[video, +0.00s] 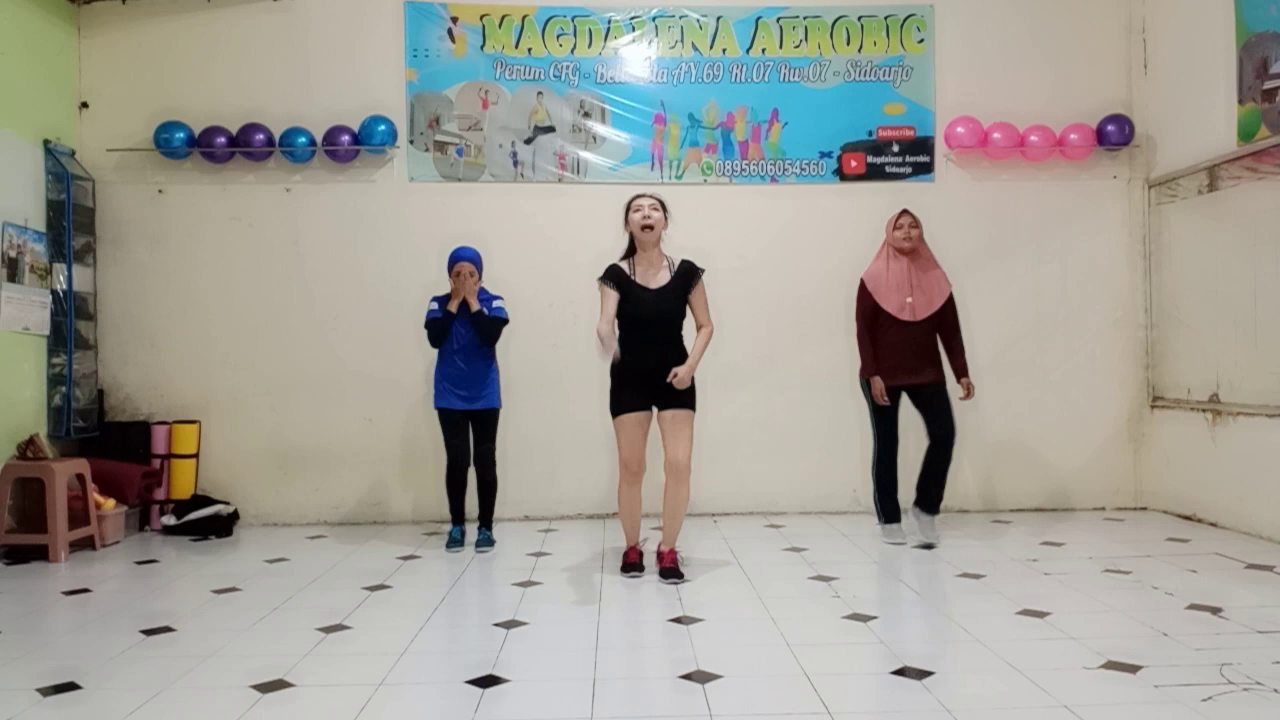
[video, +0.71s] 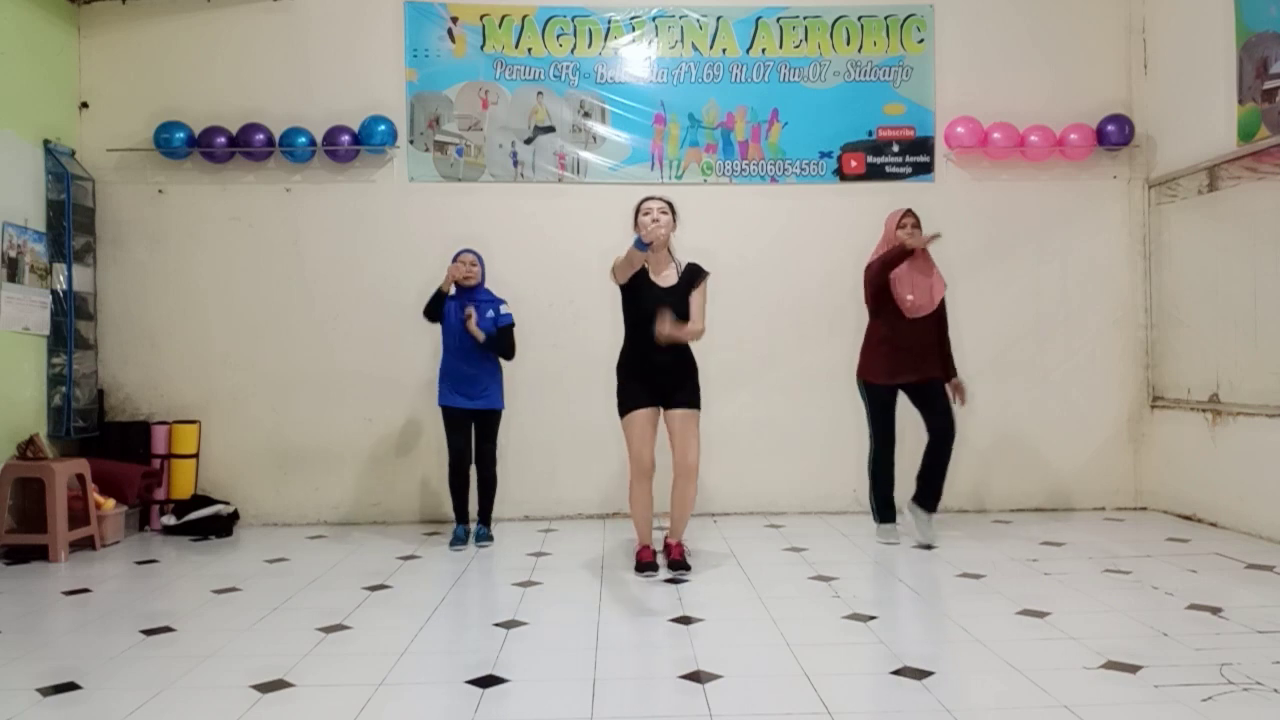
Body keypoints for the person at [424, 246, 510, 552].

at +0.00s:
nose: (464, 278)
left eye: (470, 274)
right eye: (458, 274)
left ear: (479, 276)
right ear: (450, 277)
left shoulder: (492, 302)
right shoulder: (439, 303)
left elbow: (490, 337)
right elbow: (436, 339)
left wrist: (472, 300)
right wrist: (455, 299)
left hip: (485, 394)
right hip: (450, 395)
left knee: (484, 461)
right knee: (457, 460)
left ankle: (485, 527)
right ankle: (457, 526)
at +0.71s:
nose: (468, 268)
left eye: (474, 264)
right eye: (462, 263)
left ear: (482, 271)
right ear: (453, 271)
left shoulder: (496, 305)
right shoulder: (448, 301)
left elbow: (507, 351)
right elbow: (430, 314)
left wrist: (476, 330)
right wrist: (445, 284)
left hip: (488, 394)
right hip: (454, 393)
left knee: (485, 460)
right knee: (458, 459)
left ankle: (484, 524)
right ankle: (461, 524)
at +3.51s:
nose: (477, 269)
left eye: (483, 264)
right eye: (471, 265)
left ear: (493, 272)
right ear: (463, 272)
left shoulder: (506, 306)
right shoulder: (455, 303)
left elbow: (517, 346)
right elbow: (440, 293)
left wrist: (523, 381)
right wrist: (452, 268)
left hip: (499, 392)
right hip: (464, 392)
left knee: (497, 458)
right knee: (470, 459)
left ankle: (499, 518)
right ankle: (472, 525)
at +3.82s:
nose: (480, 269)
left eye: (486, 265)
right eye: (475, 265)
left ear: (495, 272)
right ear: (467, 272)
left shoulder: (509, 305)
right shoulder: (459, 302)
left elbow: (522, 349)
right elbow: (445, 302)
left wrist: (505, 341)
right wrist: (455, 288)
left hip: (500, 392)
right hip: (466, 391)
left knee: (499, 459)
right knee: (473, 457)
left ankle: (499, 525)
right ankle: (470, 521)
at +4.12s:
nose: (484, 269)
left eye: (489, 267)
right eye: (478, 264)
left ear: (494, 274)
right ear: (465, 269)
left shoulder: (503, 303)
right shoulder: (457, 303)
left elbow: (514, 304)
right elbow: (447, 309)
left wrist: (491, 281)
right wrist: (458, 296)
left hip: (498, 389)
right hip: (464, 391)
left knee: (498, 454)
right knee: (470, 458)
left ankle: (500, 513)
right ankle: (472, 526)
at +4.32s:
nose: (485, 273)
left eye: (491, 269)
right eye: (479, 268)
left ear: (500, 274)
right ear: (471, 273)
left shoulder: (510, 299)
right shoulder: (463, 300)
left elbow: (507, 300)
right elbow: (454, 307)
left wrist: (483, 283)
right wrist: (460, 289)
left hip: (502, 390)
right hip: (467, 389)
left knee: (500, 458)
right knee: (468, 458)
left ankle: (500, 525)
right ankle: (469, 522)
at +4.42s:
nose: (485, 273)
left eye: (492, 269)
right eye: (480, 268)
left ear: (501, 274)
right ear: (472, 273)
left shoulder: (511, 299)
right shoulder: (463, 300)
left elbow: (506, 298)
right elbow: (454, 297)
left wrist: (480, 283)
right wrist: (463, 285)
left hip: (501, 388)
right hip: (467, 386)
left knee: (498, 455)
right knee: (471, 450)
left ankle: (499, 524)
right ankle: (469, 505)